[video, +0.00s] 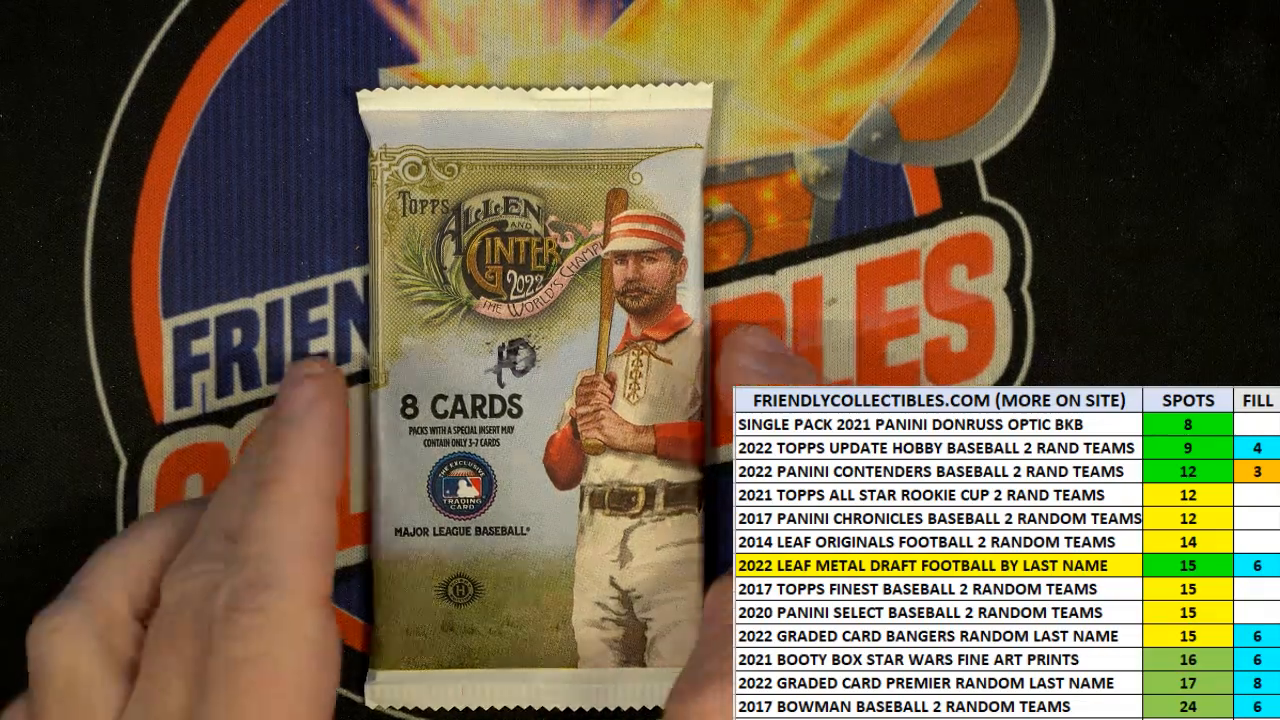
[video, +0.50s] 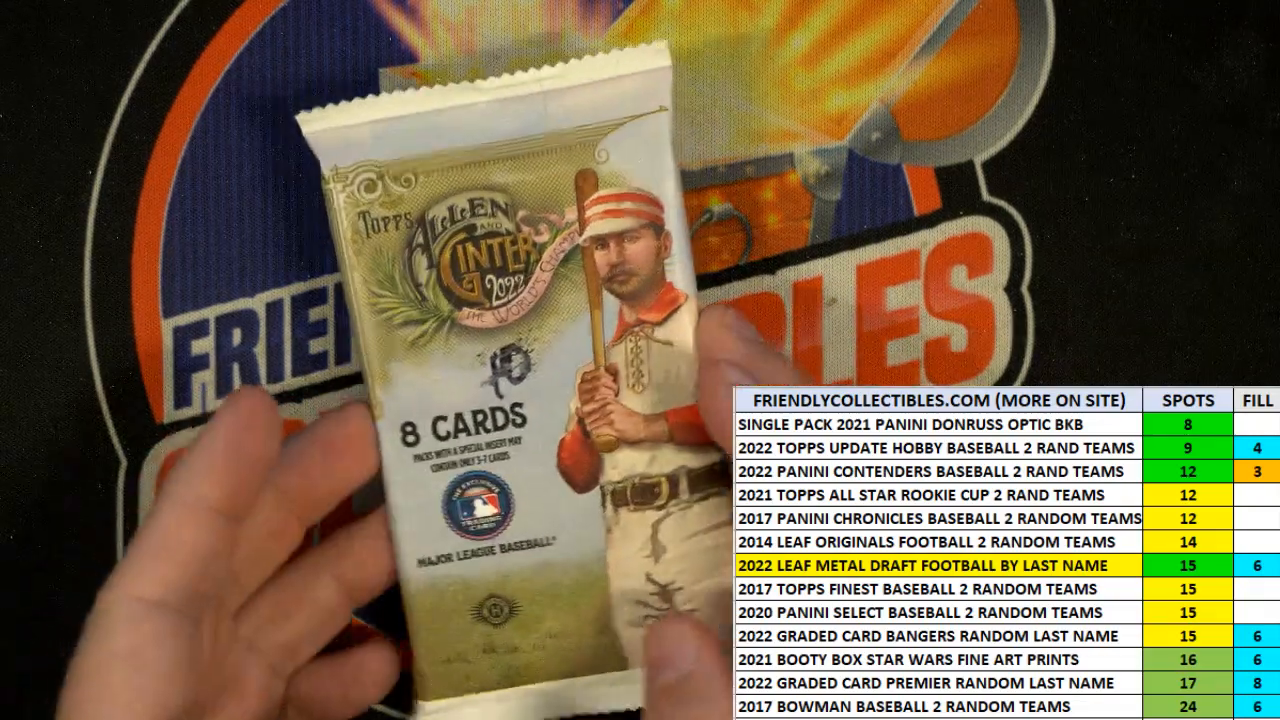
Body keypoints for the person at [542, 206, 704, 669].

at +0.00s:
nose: (631, 273)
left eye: (647, 259)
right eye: (620, 260)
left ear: (678, 270)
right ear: (609, 272)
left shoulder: (708, 346)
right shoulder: (602, 366)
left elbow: (727, 437)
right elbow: (561, 475)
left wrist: (632, 436)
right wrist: (577, 420)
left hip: (672, 528)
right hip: (597, 531)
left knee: (677, 683)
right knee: (601, 686)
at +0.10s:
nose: (627, 276)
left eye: (643, 261)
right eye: (615, 263)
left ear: (675, 271)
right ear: (605, 275)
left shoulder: (704, 350)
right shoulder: (604, 368)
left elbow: (724, 437)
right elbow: (561, 478)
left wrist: (635, 439)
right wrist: (579, 426)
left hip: (672, 532)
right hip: (599, 535)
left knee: (676, 676)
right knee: (599, 685)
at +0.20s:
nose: (615, 278)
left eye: (628, 260)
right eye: (601, 266)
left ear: (661, 264)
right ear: (592, 280)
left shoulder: (703, 341)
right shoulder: (607, 374)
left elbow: (734, 427)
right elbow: (582, 489)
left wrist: (651, 437)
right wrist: (589, 435)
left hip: (701, 521)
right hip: (629, 532)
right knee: (646, 681)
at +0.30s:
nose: (609, 282)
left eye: (623, 266)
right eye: (596, 270)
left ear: (654, 274)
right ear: (585, 284)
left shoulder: (689, 352)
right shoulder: (591, 381)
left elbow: (713, 440)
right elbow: (559, 490)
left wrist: (622, 444)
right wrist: (568, 435)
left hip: (675, 535)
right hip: (602, 543)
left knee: (696, 685)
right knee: (623, 693)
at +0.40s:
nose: (620, 262)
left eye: (634, 245)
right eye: (608, 251)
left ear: (667, 251)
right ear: (598, 264)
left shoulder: (709, 334)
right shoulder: (608, 365)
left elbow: (738, 415)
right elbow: (579, 476)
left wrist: (652, 428)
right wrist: (587, 420)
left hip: (698, 513)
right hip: (625, 522)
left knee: (718, 673)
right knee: (647, 679)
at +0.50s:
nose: (614, 257)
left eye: (628, 239)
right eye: (601, 245)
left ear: (662, 245)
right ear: (592, 259)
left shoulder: (707, 327)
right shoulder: (604, 360)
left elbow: (740, 413)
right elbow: (577, 477)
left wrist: (647, 426)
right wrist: (585, 420)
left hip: (702, 518)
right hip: (626, 529)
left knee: (719, 675)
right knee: (656, 685)